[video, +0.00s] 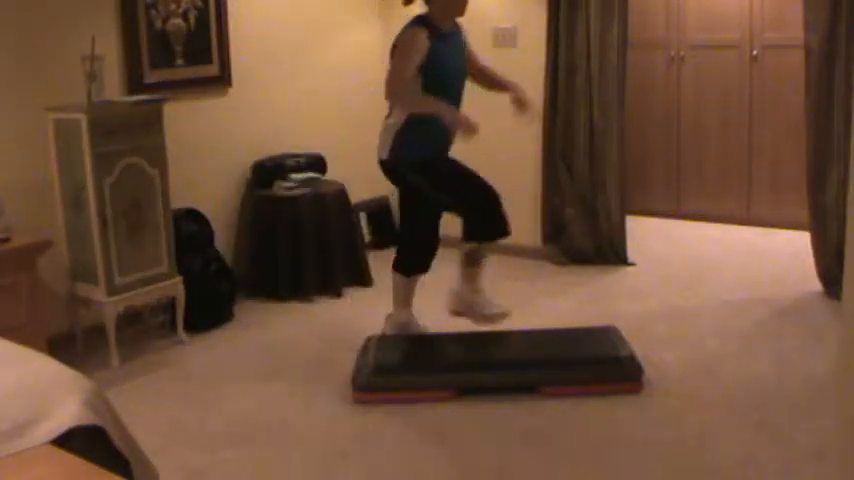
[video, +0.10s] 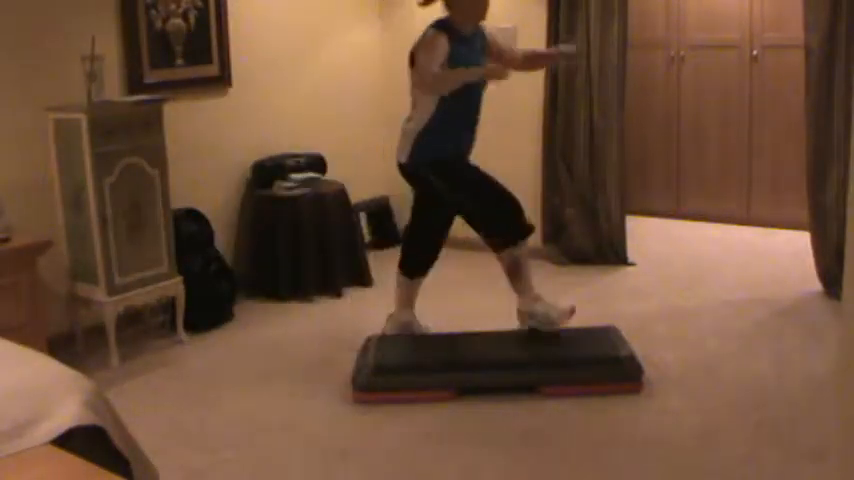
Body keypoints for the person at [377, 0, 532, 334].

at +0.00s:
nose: (464, 5)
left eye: (465, 0)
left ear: (453, 4)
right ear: (437, 1)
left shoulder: (454, 33)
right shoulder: (415, 36)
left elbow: (476, 71)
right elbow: (396, 92)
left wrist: (511, 87)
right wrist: (445, 112)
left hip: (431, 154)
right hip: (404, 155)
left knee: (417, 237)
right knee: (482, 201)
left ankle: (400, 317)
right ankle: (468, 294)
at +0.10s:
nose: (485, 7)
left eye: (484, 3)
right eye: (479, 2)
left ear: (477, 6)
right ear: (456, 4)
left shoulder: (478, 38)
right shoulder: (436, 38)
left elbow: (516, 60)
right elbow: (426, 81)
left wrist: (555, 55)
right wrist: (481, 74)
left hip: (450, 158)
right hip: (425, 159)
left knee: (422, 239)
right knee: (500, 211)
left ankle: (402, 318)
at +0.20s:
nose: (505, 6)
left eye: (505, 1)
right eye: (498, 2)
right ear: (470, 6)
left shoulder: (498, 36)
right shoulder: (458, 38)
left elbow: (540, 51)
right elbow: (452, 76)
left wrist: (563, 44)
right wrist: (504, 50)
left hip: (474, 163)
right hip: (451, 165)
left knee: (446, 236)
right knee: (522, 219)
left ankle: (409, 312)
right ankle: (539, 312)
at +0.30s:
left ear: (512, 0)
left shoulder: (519, 24)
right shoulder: (477, 21)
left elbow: (542, 43)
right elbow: (472, 67)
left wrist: (558, 45)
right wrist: (526, 57)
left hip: (495, 150)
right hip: (468, 150)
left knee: (499, 229)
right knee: (528, 217)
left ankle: (438, 289)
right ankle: (540, 312)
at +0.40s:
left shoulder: (531, 8)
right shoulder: (490, 6)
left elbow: (545, 36)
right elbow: (476, 65)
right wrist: (514, 97)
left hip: (509, 126)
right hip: (479, 128)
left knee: (545, 198)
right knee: (522, 209)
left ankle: (480, 255)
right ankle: (539, 310)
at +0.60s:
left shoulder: (555, 10)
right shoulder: (509, 9)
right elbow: (472, 68)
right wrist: (474, 139)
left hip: (539, 122)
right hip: (502, 131)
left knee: (601, 154)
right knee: (536, 209)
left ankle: (557, 213)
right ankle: (541, 312)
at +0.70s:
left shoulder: (564, 11)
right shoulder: (512, 12)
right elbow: (474, 70)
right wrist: (466, 136)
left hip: (542, 124)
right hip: (503, 133)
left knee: (603, 161)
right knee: (541, 216)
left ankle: (564, 219)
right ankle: (541, 312)